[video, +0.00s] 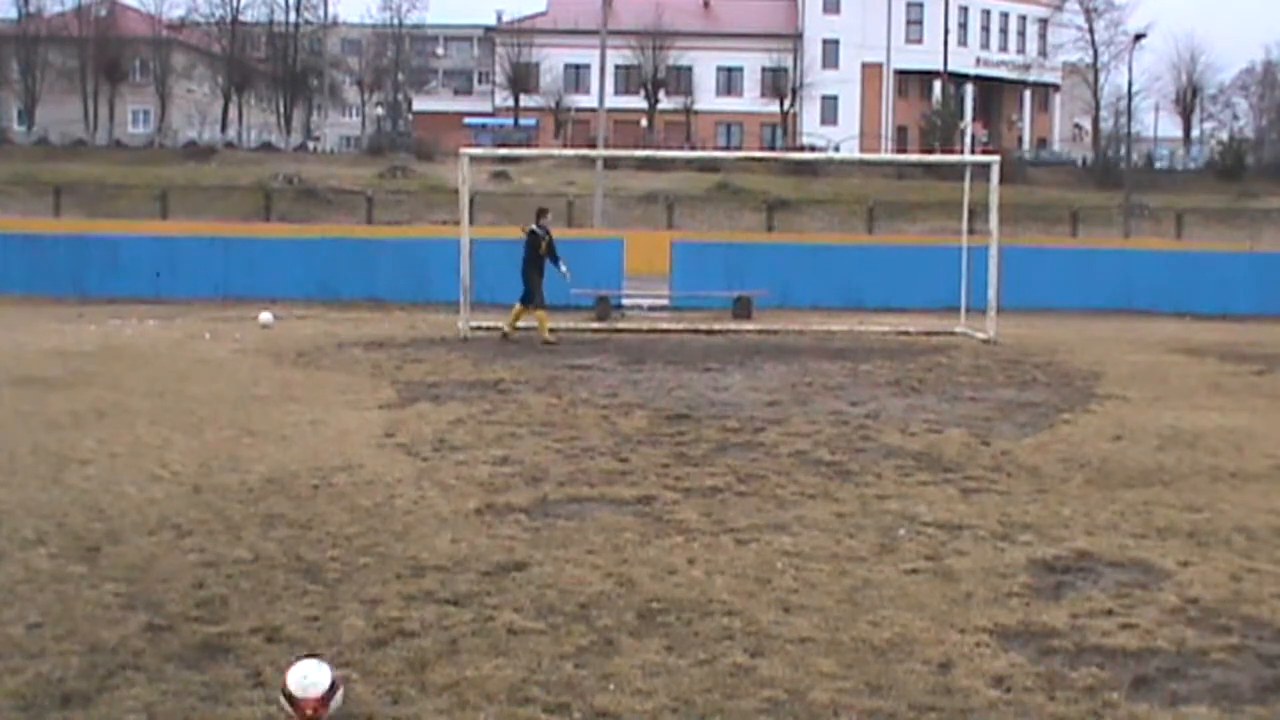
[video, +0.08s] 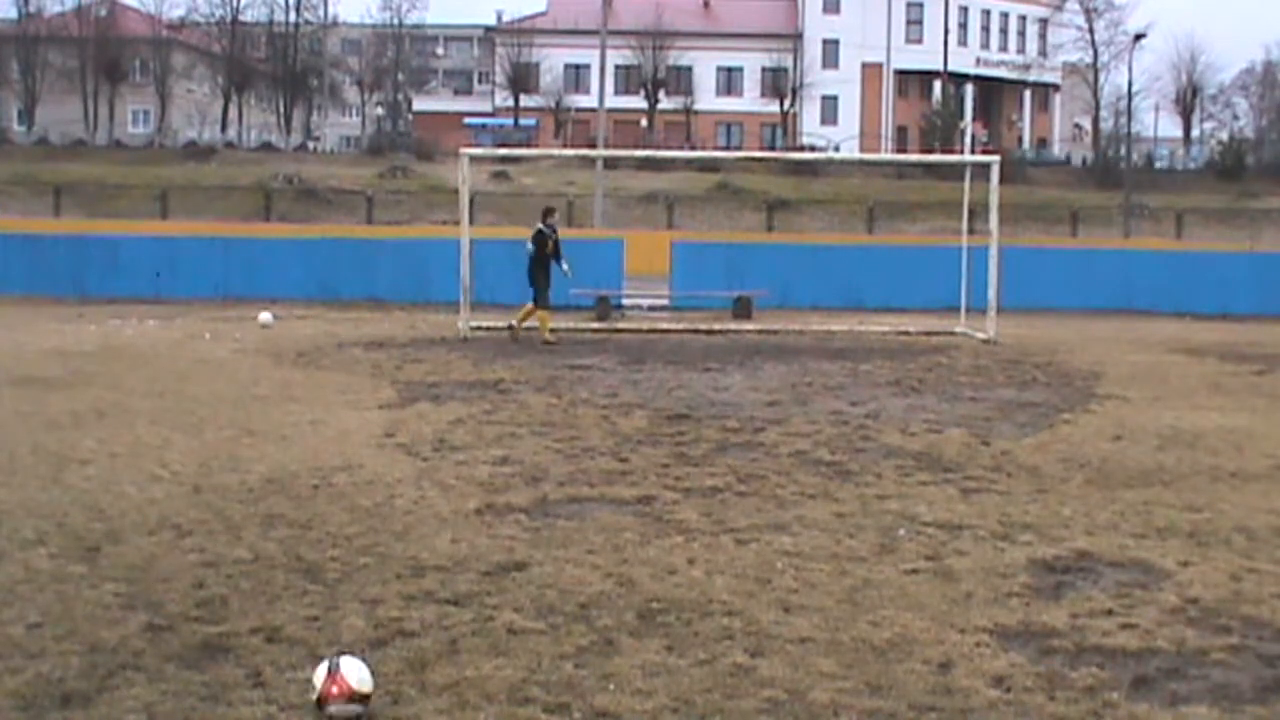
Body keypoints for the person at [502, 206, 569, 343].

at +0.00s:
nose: (548, 221)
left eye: (549, 219)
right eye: (547, 218)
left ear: (546, 219)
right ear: (541, 218)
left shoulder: (546, 234)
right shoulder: (533, 233)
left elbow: (552, 252)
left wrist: (560, 266)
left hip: (538, 270)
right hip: (530, 269)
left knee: (526, 301)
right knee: (538, 301)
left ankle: (508, 327)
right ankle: (545, 334)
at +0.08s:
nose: (555, 221)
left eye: (556, 218)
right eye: (553, 217)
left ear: (553, 219)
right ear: (547, 218)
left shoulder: (553, 233)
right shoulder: (538, 233)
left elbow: (556, 253)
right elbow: (534, 251)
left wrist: (562, 264)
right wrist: (530, 249)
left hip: (546, 268)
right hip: (537, 269)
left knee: (538, 301)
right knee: (542, 301)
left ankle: (517, 323)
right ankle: (545, 333)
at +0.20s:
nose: (564, 220)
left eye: (566, 217)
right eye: (562, 217)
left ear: (565, 218)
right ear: (557, 217)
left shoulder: (561, 232)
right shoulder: (550, 231)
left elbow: (562, 251)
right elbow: (543, 250)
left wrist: (566, 263)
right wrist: (544, 265)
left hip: (555, 268)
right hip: (546, 269)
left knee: (558, 300)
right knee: (547, 301)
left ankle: (539, 321)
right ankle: (545, 331)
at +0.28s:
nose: (571, 219)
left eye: (572, 216)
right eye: (569, 216)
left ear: (570, 217)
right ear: (564, 215)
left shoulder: (566, 230)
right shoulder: (557, 230)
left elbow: (565, 252)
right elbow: (550, 253)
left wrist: (569, 267)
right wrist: (551, 272)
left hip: (562, 269)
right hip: (552, 270)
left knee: (569, 299)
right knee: (550, 302)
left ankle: (557, 327)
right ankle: (546, 333)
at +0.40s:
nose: (582, 221)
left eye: (583, 217)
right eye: (580, 217)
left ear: (579, 217)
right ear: (575, 218)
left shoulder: (574, 232)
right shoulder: (567, 232)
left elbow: (570, 255)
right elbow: (565, 255)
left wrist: (571, 272)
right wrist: (566, 275)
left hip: (569, 270)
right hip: (561, 271)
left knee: (578, 299)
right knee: (556, 301)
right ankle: (547, 332)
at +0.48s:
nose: (591, 223)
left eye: (592, 220)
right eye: (589, 219)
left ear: (587, 220)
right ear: (583, 219)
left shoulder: (580, 234)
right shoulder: (575, 234)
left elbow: (577, 256)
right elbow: (575, 256)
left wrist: (580, 272)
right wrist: (577, 274)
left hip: (578, 273)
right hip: (570, 273)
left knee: (588, 302)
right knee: (562, 304)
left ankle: (600, 331)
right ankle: (548, 333)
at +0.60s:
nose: (599, 223)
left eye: (600, 220)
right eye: (597, 219)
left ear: (600, 221)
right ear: (592, 219)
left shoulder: (593, 236)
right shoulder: (585, 235)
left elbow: (592, 257)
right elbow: (586, 257)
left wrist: (597, 273)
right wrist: (593, 273)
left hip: (594, 272)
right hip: (584, 273)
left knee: (602, 302)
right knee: (579, 305)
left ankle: (604, 331)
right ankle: (556, 329)